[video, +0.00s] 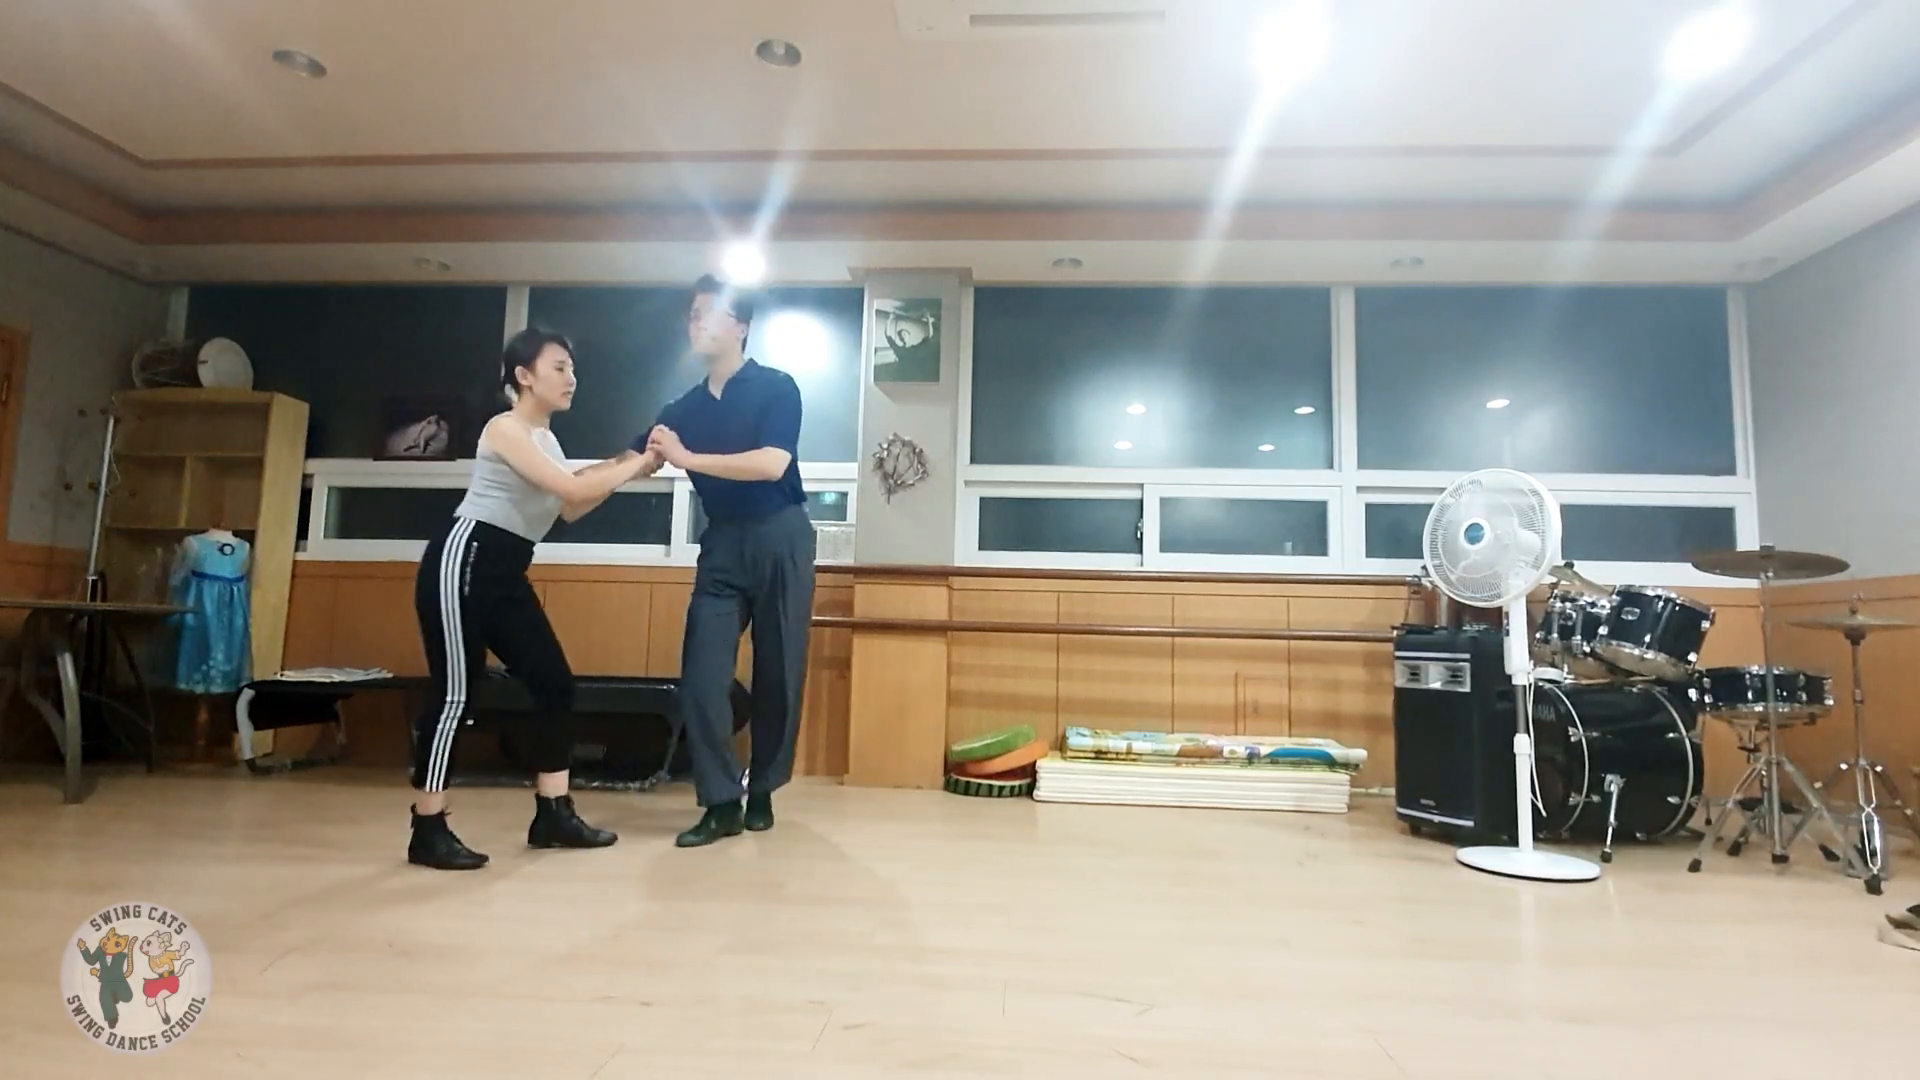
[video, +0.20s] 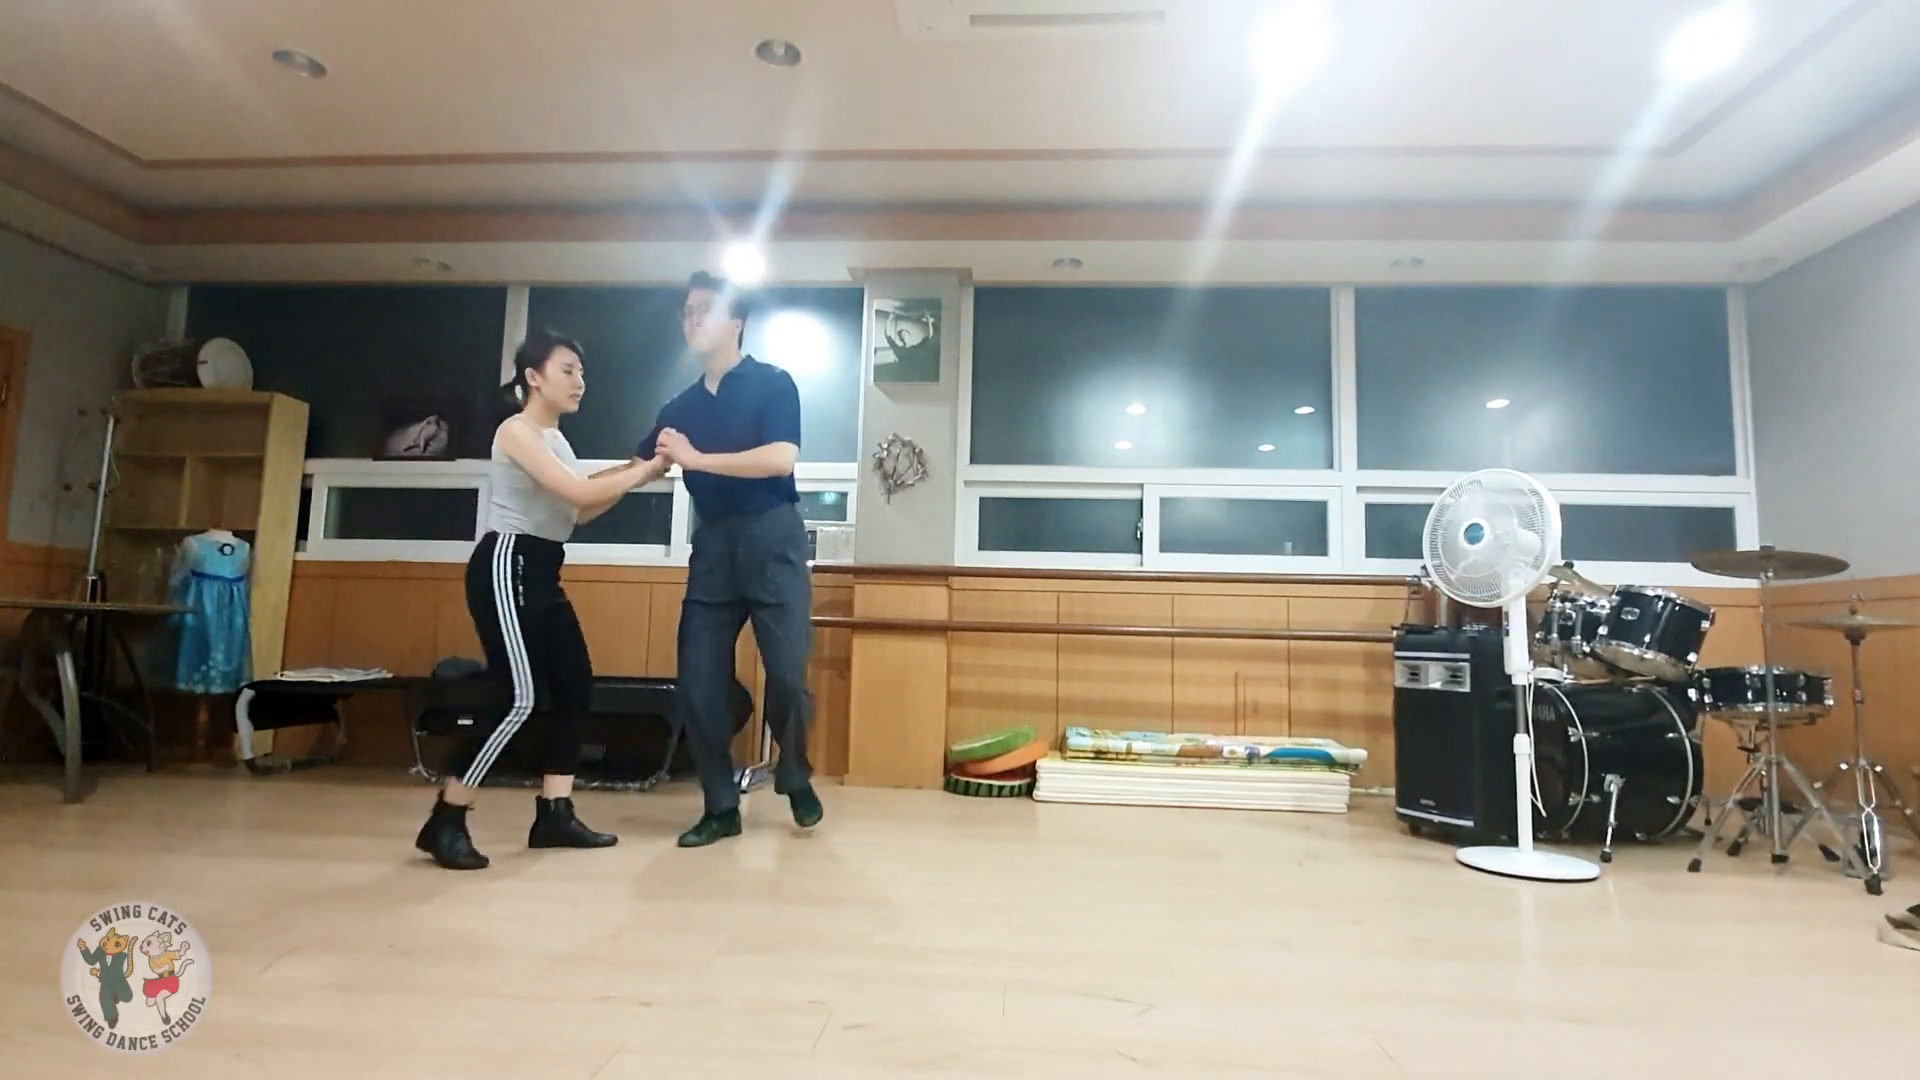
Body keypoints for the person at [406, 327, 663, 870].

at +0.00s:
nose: (570, 379)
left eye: (571, 370)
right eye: (559, 368)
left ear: (555, 380)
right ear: (523, 375)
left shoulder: (548, 442)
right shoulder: (502, 428)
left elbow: (571, 509)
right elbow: (572, 488)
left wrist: (622, 471)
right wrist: (632, 464)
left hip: (504, 575)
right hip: (459, 563)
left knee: (554, 683)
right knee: (454, 695)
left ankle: (554, 814)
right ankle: (428, 828)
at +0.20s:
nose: (579, 382)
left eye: (580, 373)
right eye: (568, 370)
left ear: (567, 383)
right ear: (533, 377)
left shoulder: (559, 441)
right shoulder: (515, 431)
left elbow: (580, 512)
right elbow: (580, 493)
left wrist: (635, 476)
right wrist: (638, 471)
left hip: (541, 573)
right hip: (504, 567)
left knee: (573, 686)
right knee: (523, 696)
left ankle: (554, 815)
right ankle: (446, 818)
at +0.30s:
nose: (583, 384)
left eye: (584, 375)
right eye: (572, 373)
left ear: (574, 384)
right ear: (538, 378)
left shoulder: (563, 443)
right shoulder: (519, 431)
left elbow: (588, 512)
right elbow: (587, 489)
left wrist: (644, 476)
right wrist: (649, 467)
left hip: (552, 573)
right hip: (514, 569)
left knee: (577, 687)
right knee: (546, 693)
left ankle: (555, 815)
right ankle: (465, 807)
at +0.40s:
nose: (586, 383)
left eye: (587, 375)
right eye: (575, 373)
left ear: (583, 383)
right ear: (541, 379)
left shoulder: (570, 445)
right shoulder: (521, 432)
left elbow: (601, 512)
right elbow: (585, 484)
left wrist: (653, 474)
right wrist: (654, 463)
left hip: (556, 575)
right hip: (515, 571)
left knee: (578, 688)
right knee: (549, 691)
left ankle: (556, 814)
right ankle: (485, 803)